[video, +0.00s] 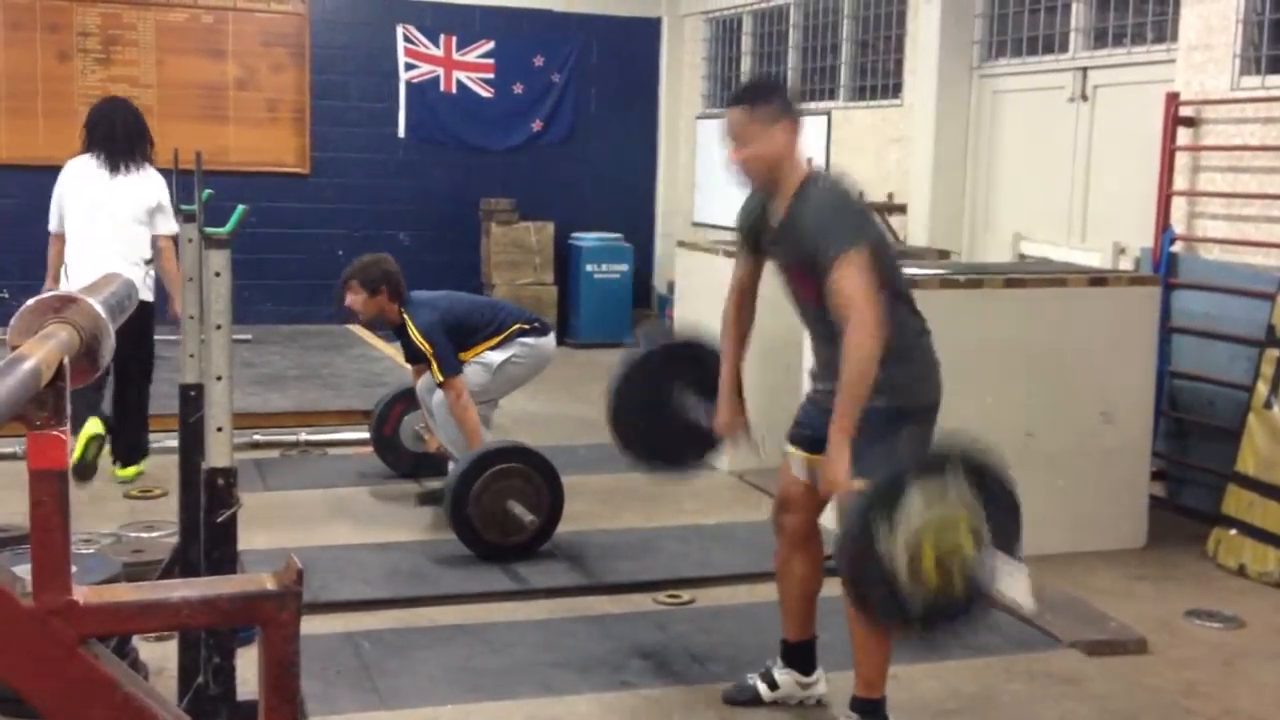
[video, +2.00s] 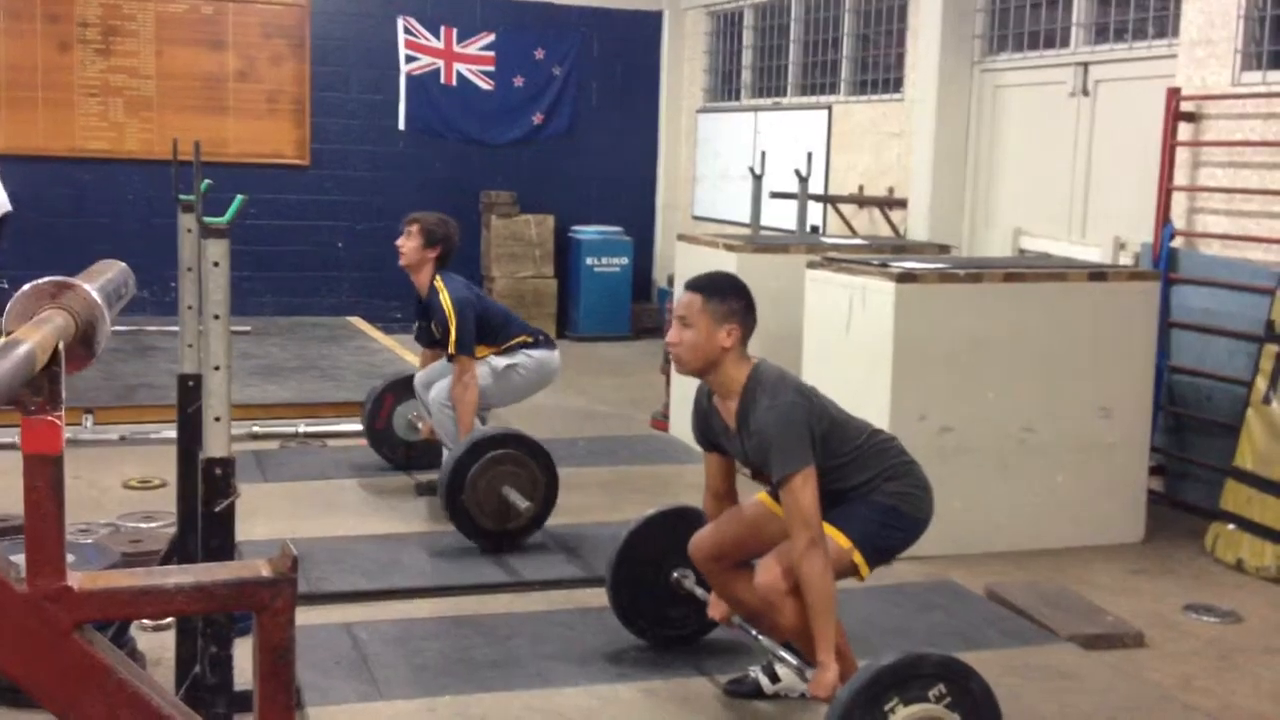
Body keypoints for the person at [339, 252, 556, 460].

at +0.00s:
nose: (347, 302)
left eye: (355, 293)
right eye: (347, 293)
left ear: (381, 295)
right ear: (381, 296)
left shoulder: (423, 322)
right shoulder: (403, 320)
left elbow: (458, 394)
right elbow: (421, 375)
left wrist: (483, 460)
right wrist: (436, 431)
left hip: (529, 341)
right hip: (510, 341)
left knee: (446, 401)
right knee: (428, 390)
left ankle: (482, 476)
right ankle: (465, 473)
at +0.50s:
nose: (370, 269)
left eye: (379, 263)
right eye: (373, 261)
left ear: (404, 276)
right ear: (404, 278)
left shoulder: (432, 317)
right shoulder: (413, 312)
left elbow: (458, 392)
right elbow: (425, 371)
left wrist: (480, 463)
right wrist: (436, 429)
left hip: (533, 358)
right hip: (513, 356)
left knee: (444, 401)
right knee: (426, 388)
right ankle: (465, 474)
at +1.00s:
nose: (405, 249)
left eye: (417, 245)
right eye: (411, 243)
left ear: (438, 263)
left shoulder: (456, 310)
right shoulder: (432, 304)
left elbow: (470, 389)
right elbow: (436, 367)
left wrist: (473, 458)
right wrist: (436, 431)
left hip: (539, 372)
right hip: (513, 369)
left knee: (448, 406)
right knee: (429, 387)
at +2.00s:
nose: (398, 243)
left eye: (409, 236)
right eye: (402, 235)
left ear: (433, 251)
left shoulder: (453, 298)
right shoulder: (427, 294)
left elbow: (466, 377)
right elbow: (431, 356)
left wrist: (466, 450)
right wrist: (435, 419)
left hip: (533, 357)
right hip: (504, 354)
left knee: (442, 398)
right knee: (425, 381)